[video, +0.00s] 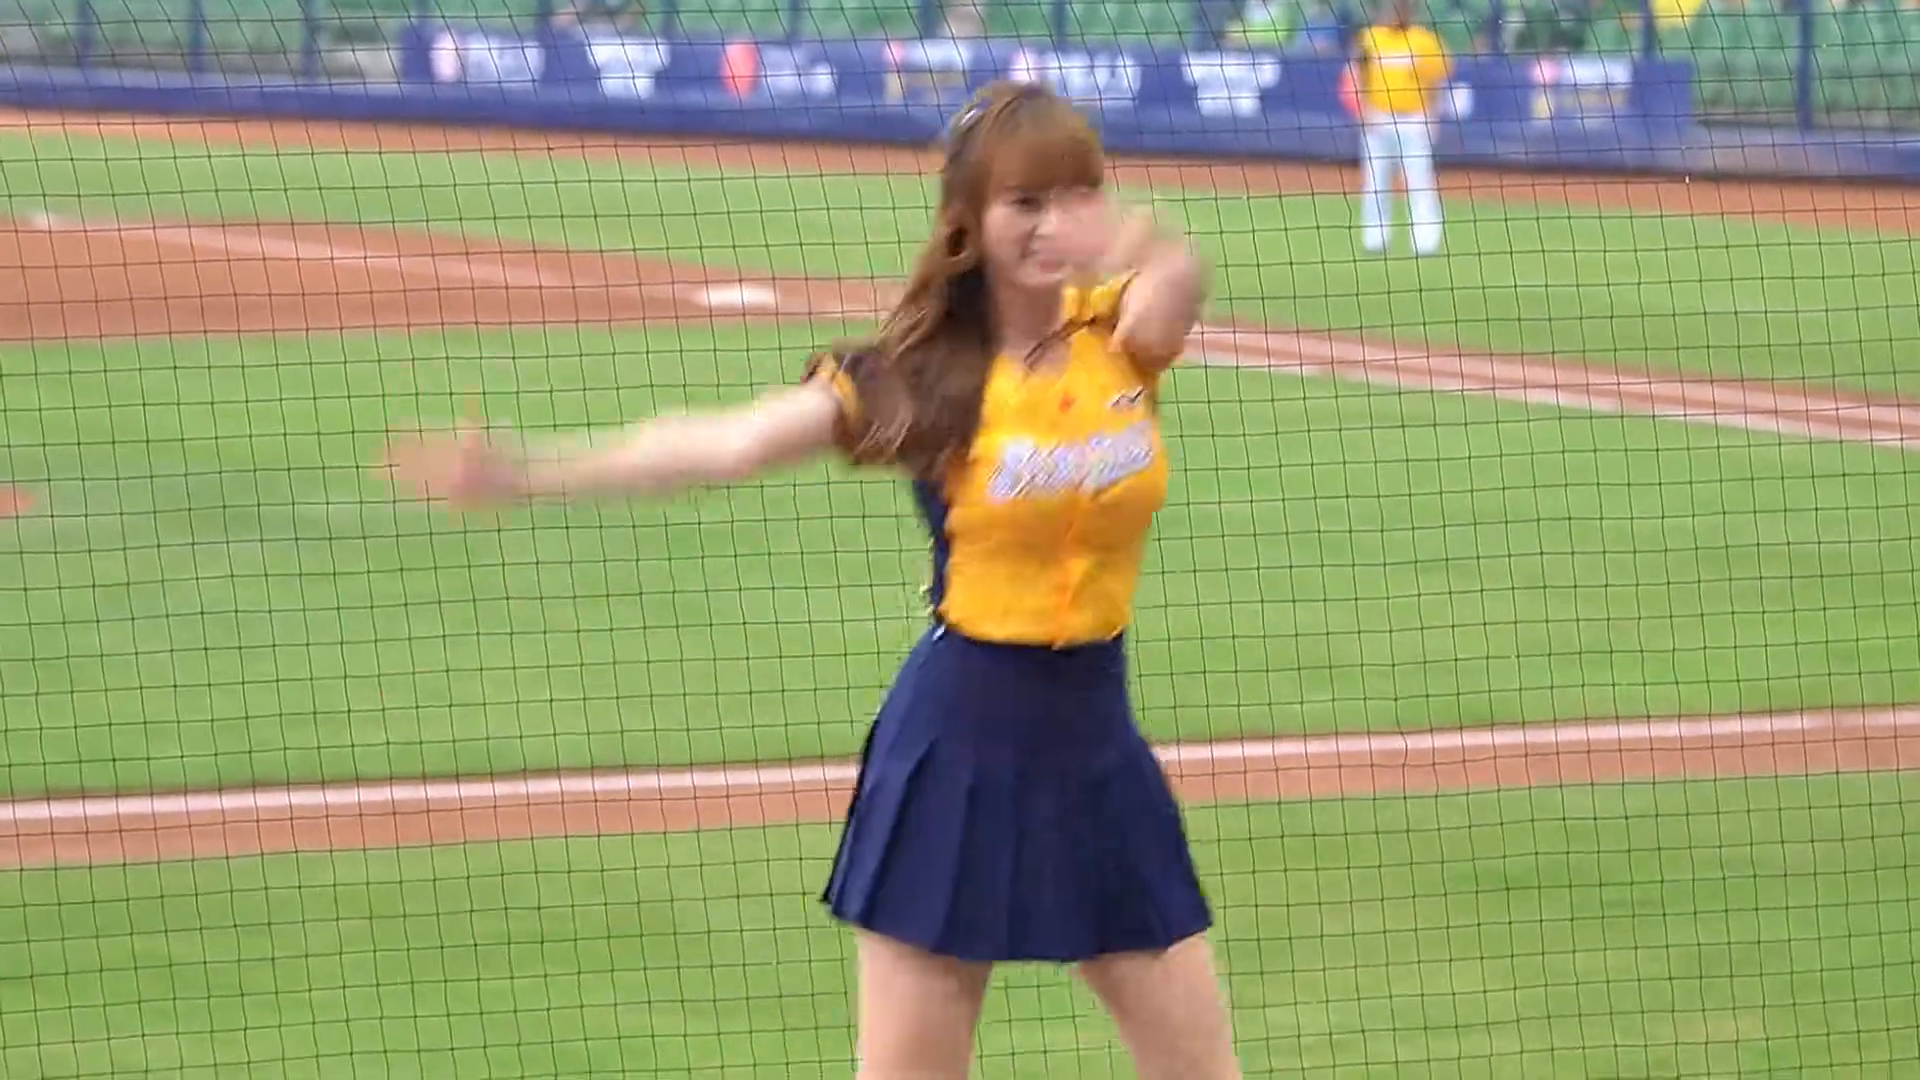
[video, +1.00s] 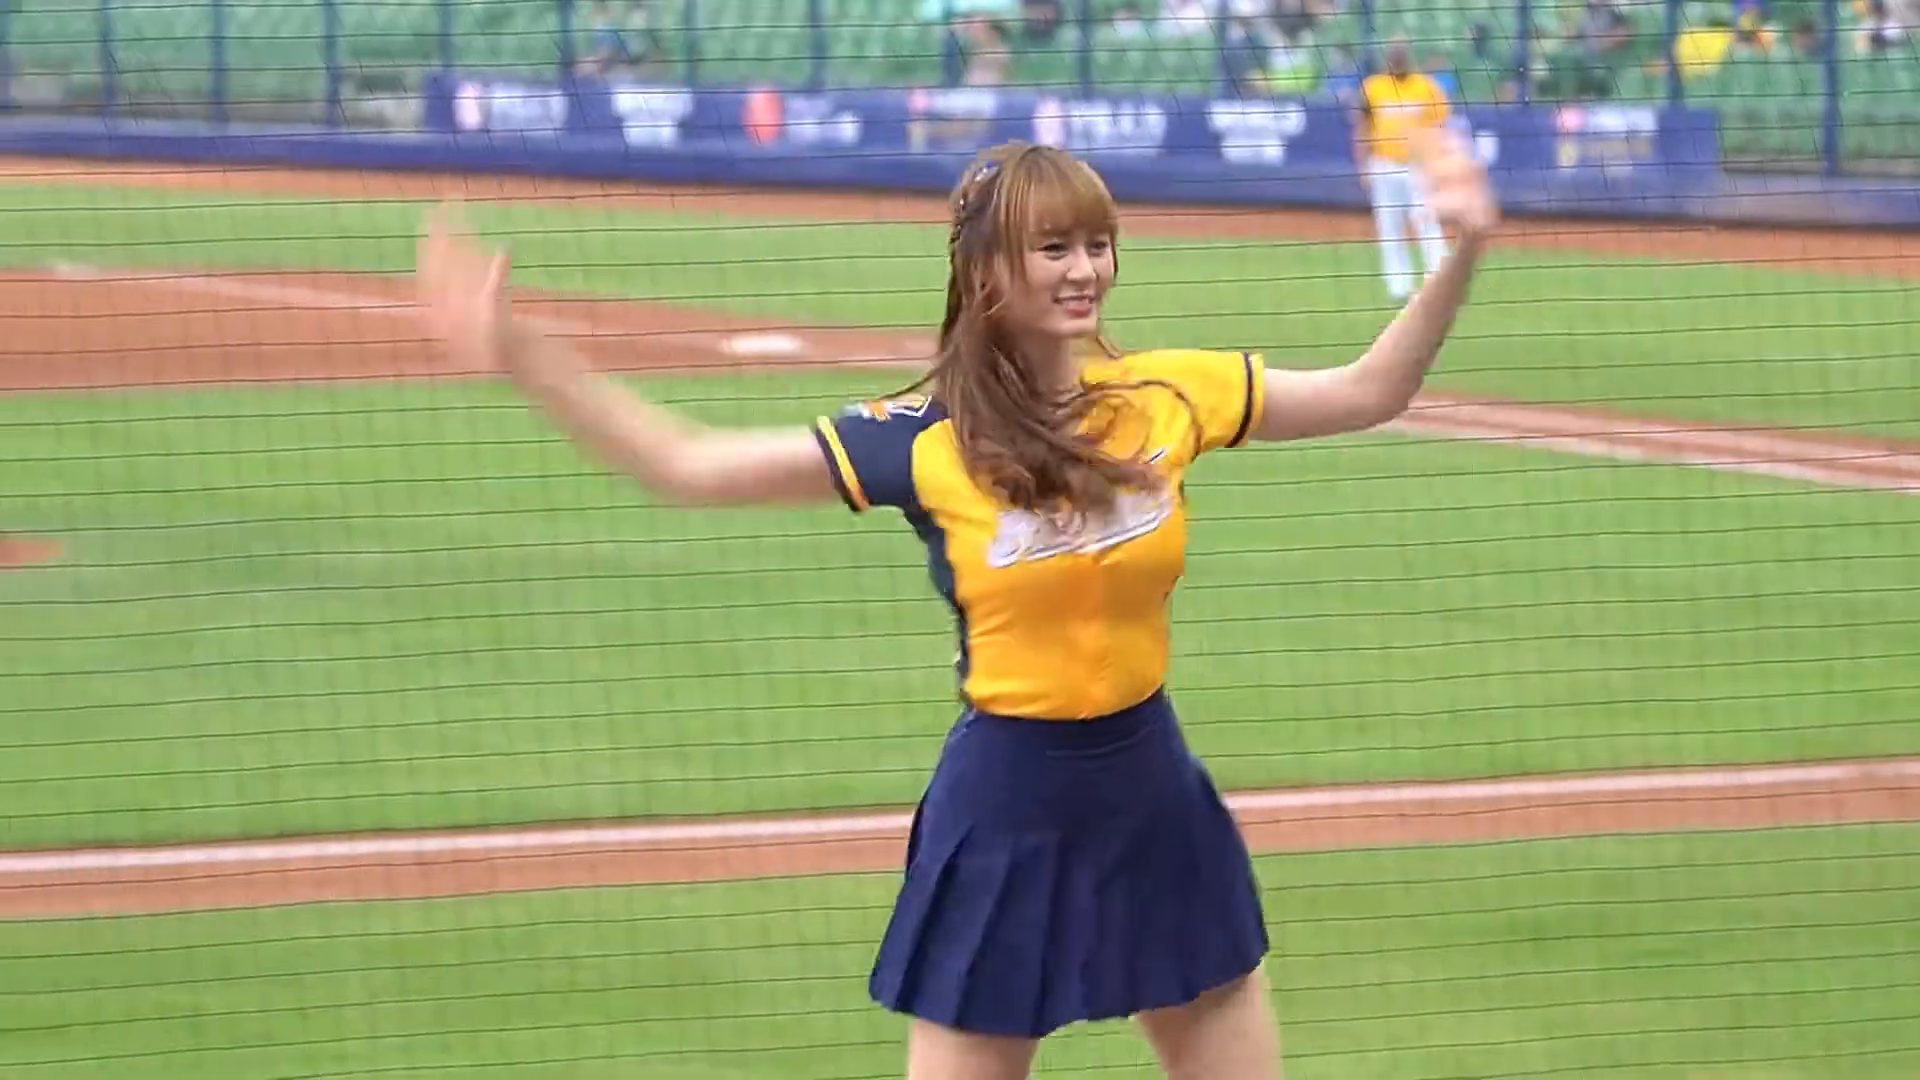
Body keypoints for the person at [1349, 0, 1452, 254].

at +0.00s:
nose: (1400, 13)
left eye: (1404, 7)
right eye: (1395, 8)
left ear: (1411, 10)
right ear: (1386, 10)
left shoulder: (1425, 41)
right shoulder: (1370, 39)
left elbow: (1437, 84)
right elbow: (1355, 79)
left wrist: (1433, 117)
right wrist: (1364, 112)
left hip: (1415, 118)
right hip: (1377, 118)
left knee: (1420, 178)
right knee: (1376, 179)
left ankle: (1426, 236)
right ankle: (1375, 235)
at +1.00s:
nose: (1397, 62)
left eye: (1401, 56)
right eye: (1393, 56)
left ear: (1408, 58)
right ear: (1386, 59)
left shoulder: (1426, 87)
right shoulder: (1372, 88)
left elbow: (1442, 125)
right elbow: (1362, 129)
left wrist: (1440, 160)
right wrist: (1363, 165)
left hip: (1420, 163)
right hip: (1384, 164)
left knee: (1428, 222)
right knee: (1390, 226)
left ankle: (1439, 275)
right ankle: (1399, 283)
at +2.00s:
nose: (1366, 59)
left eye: (1370, 53)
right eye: (1361, 53)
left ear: (1378, 55)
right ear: (1354, 54)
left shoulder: (1391, 78)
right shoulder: (1340, 77)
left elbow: (1402, 119)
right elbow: (1330, 110)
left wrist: (1400, 156)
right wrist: (1331, 145)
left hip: (1382, 155)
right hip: (1346, 153)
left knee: (1379, 215)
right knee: (1337, 213)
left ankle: (1379, 270)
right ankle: (1335, 266)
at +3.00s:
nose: (1407, 38)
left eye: (1411, 33)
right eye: (1403, 32)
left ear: (1418, 35)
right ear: (1396, 33)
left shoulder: (1428, 60)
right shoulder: (1381, 57)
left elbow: (1436, 101)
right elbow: (1371, 91)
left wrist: (1439, 135)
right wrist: (1370, 123)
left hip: (1418, 132)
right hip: (1385, 131)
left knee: (1413, 189)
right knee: (1375, 187)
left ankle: (1409, 243)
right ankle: (1368, 238)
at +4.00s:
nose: (1510, 3)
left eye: (1514, 0)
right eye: (1507, 0)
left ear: (1522, 1)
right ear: (1499, 1)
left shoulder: (1537, 20)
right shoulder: (1485, 22)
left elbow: (1550, 61)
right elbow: (1474, 61)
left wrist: (1550, 96)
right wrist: (1476, 97)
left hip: (1532, 93)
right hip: (1497, 94)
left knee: (1539, 150)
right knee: (1502, 152)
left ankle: (1547, 206)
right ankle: (1508, 207)